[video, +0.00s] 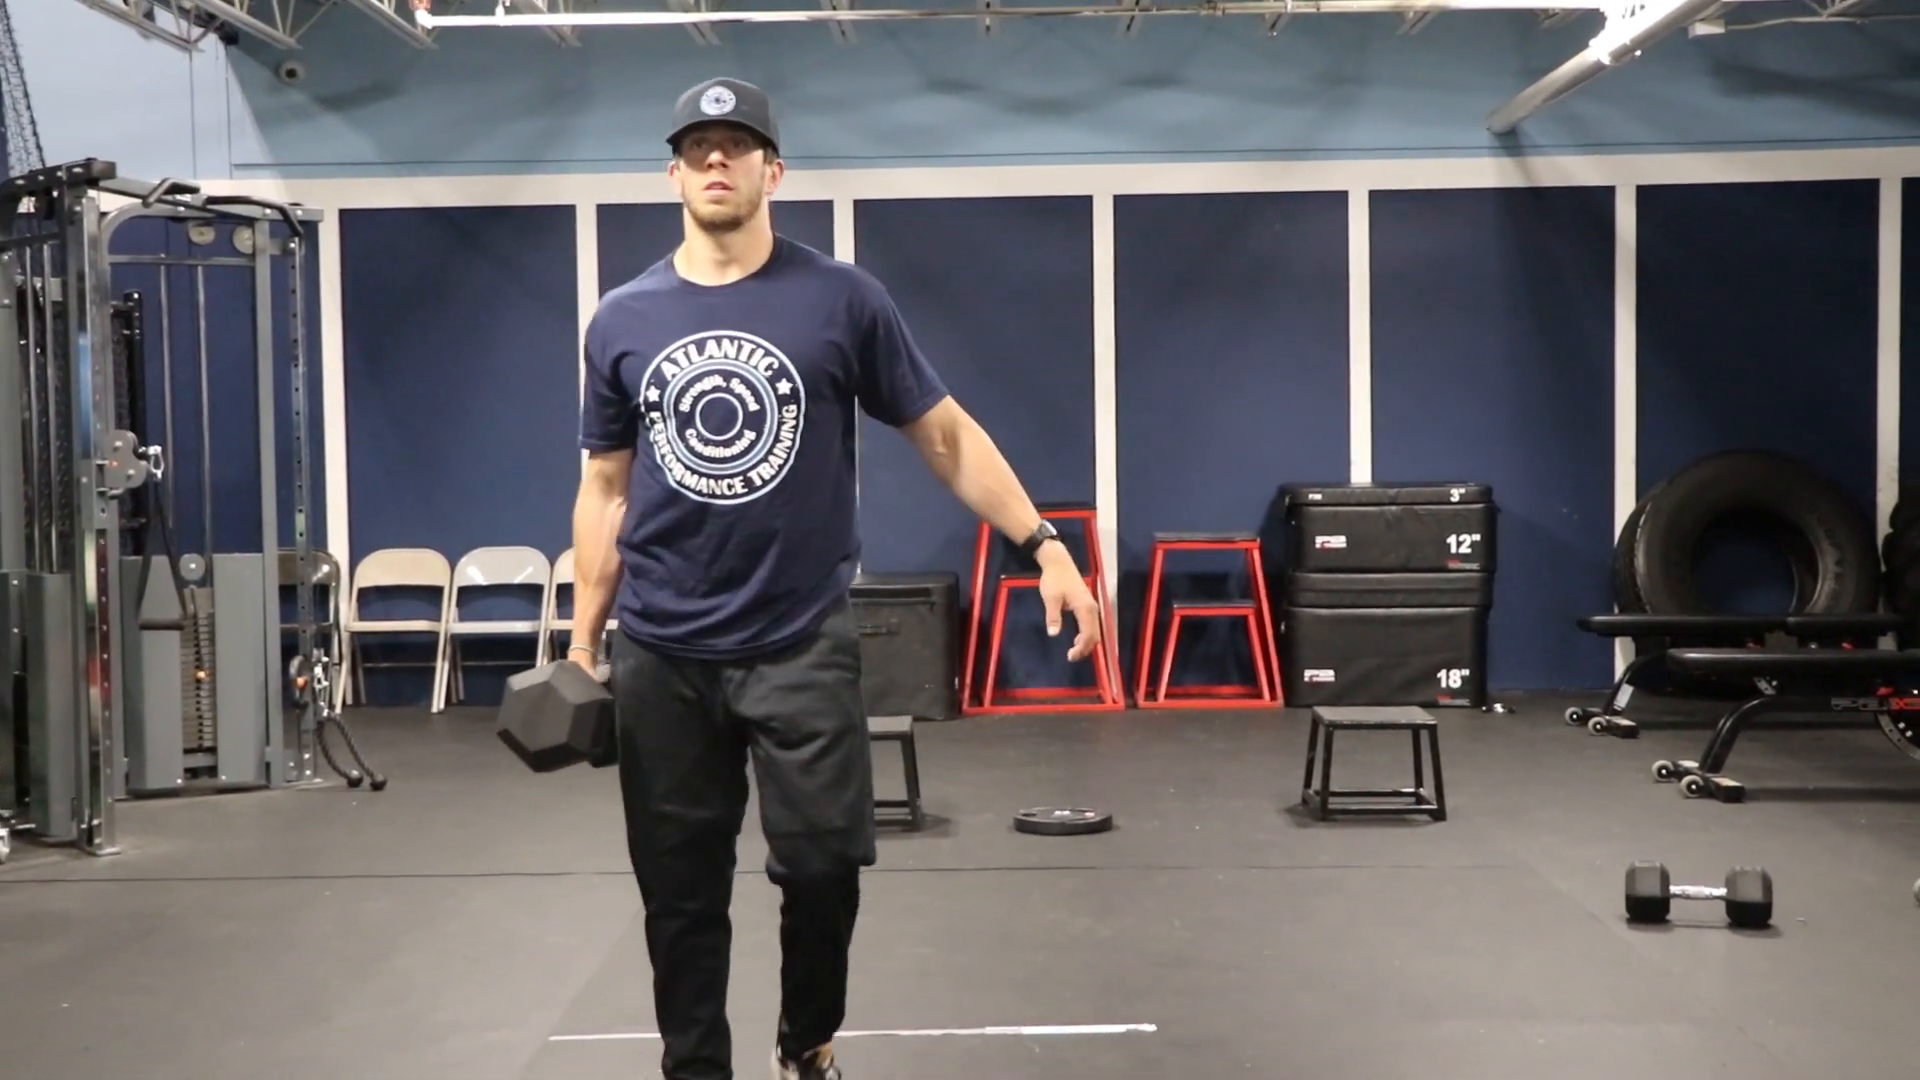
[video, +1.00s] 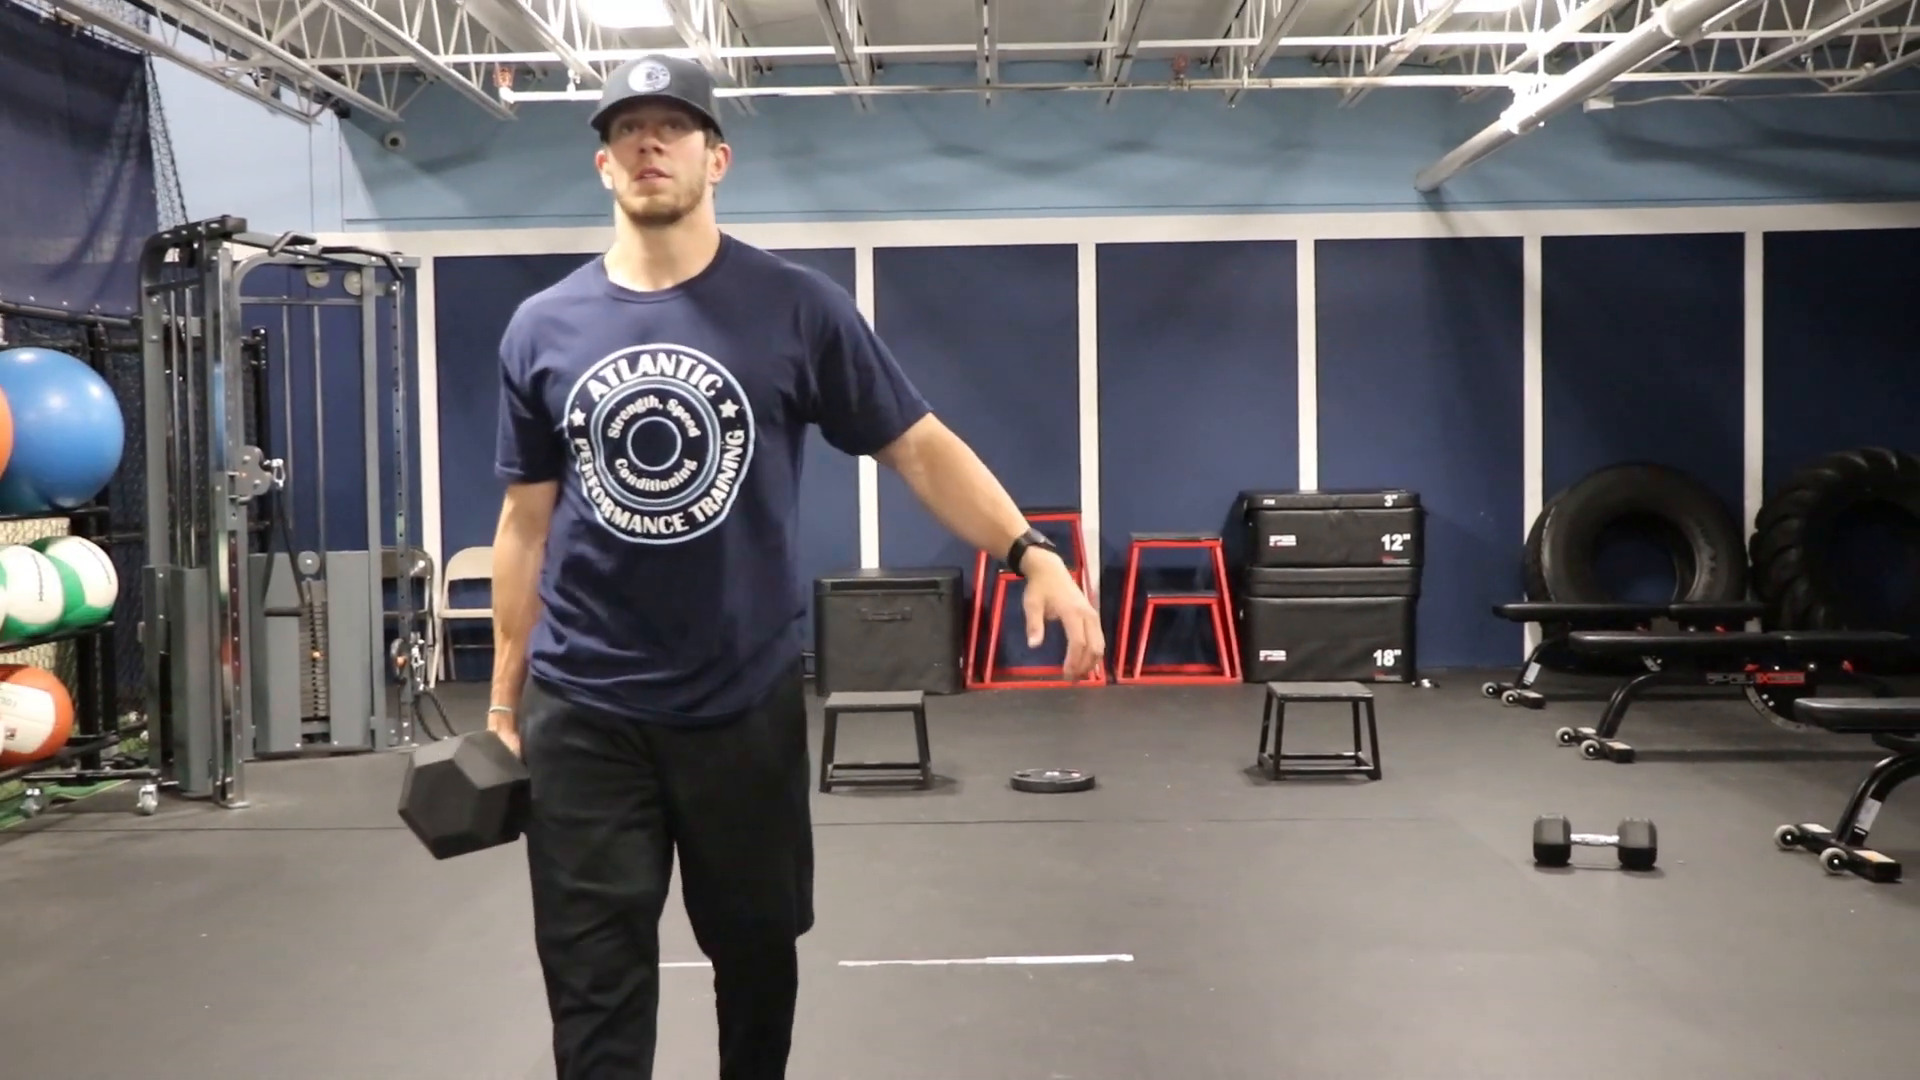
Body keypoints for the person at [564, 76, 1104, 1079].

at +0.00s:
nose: (715, 164)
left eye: (735, 149)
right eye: (698, 150)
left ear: (772, 171)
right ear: (674, 173)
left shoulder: (842, 299)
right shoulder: (620, 320)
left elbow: (948, 436)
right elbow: (602, 488)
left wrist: (1048, 548)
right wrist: (583, 651)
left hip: (800, 638)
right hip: (660, 643)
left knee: (824, 864)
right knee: (679, 891)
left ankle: (807, 1053)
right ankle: (693, 1073)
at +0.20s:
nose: (714, 167)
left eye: (733, 151)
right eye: (695, 152)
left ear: (769, 172)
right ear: (668, 173)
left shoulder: (842, 304)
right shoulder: (611, 321)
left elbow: (945, 439)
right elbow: (590, 493)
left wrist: (1053, 559)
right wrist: (555, 658)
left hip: (786, 650)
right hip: (648, 654)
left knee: (777, 900)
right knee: (676, 900)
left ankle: (770, 1078)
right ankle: (698, 1072)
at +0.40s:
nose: (736, 169)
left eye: (759, 153)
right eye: (718, 152)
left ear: (794, 176)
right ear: (691, 170)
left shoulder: (856, 317)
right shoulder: (619, 319)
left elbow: (966, 463)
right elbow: (587, 494)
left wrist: (1075, 585)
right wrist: (544, 668)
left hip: (771, 665)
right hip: (631, 663)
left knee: (753, 929)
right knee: (645, 918)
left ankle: (736, 1075)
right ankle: (685, 1071)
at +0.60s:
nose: (731, 153)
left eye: (754, 137)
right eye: (713, 136)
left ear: (792, 161)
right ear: (687, 156)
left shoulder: (857, 305)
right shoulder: (617, 306)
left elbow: (974, 448)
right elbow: (585, 488)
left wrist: (1080, 563)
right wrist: (543, 664)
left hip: (773, 667)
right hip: (621, 659)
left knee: (759, 945)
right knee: (601, 920)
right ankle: (630, 1078)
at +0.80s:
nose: (704, 157)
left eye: (727, 140)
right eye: (685, 140)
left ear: (769, 166)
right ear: (659, 164)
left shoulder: (838, 311)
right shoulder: (592, 317)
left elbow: (962, 447)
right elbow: (565, 504)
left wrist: (1049, 527)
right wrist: (529, 684)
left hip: (763, 681)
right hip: (609, 677)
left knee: (757, 953)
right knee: (598, 953)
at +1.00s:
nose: (648, 149)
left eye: (672, 130)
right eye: (627, 135)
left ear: (717, 159)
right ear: (603, 166)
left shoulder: (797, 308)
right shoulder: (542, 329)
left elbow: (922, 448)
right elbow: (523, 526)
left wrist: (1036, 559)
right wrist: (504, 711)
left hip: (742, 700)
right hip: (582, 701)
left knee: (755, 966)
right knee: (592, 993)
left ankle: (753, 1076)